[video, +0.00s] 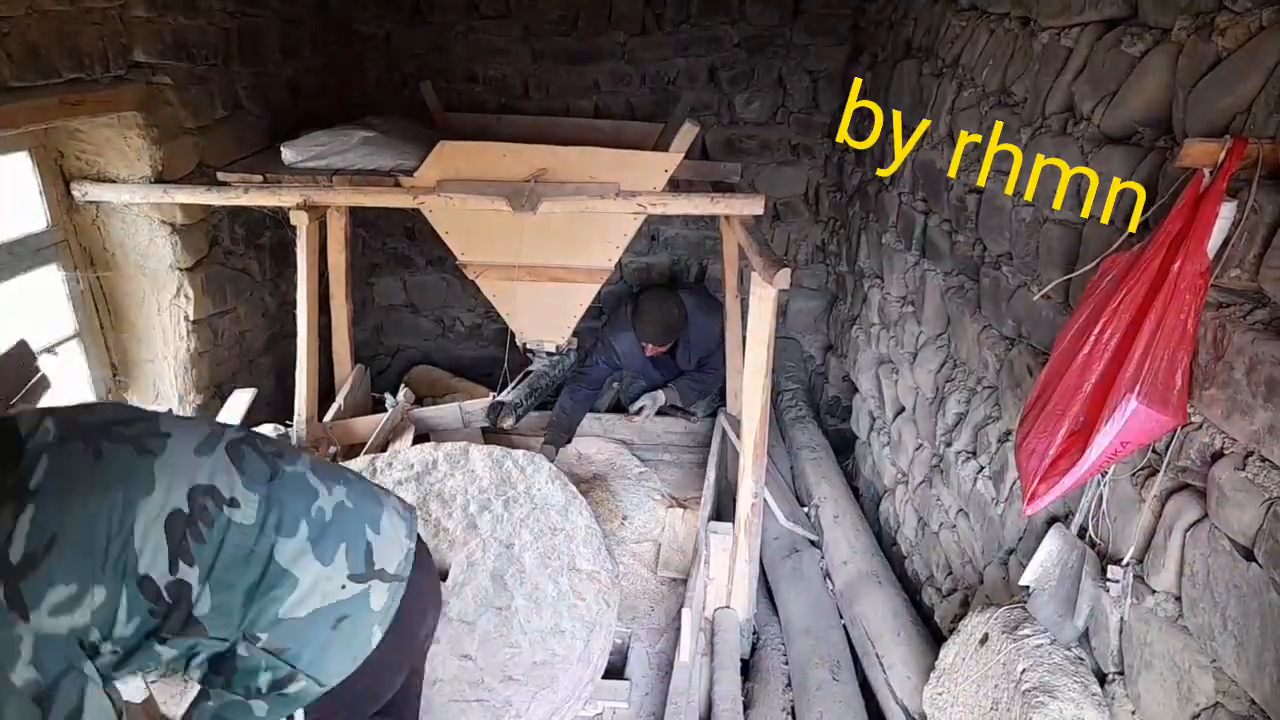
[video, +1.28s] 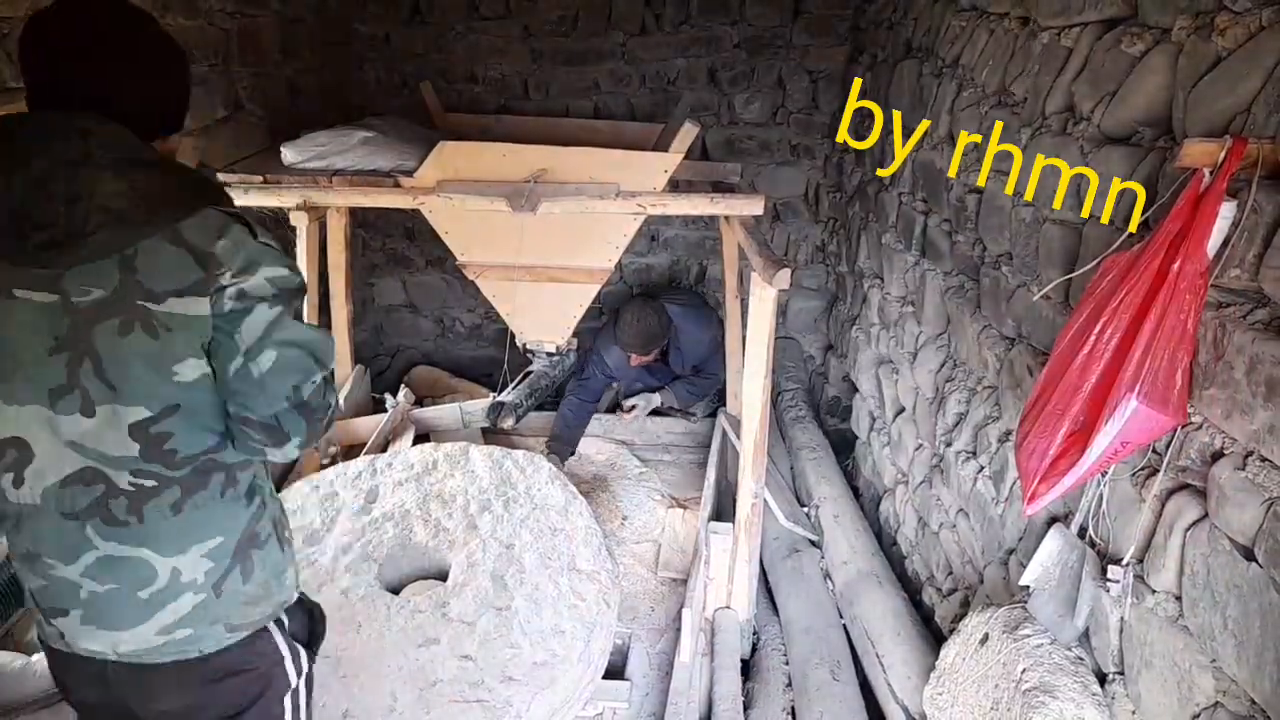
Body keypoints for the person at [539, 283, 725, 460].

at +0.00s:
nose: (648, 350)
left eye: (657, 345)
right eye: (643, 342)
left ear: (676, 336)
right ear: (635, 329)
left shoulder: (710, 327)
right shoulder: (617, 337)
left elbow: (711, 375)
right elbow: (583, 386)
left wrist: (663, 396)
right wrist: (551, 444)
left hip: (690, 366)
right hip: (643, 371)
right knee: (633, 396)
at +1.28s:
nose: (634, 361)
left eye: (643, 356)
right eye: (628, 353)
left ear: (662, 345)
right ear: (621, 341)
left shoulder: (702, 341)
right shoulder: (606, 354)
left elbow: (710, 378)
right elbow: (579, 400)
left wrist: (658, 399)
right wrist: (556, 455)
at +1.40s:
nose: (636, 360)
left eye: (644, 354)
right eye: (630, 352)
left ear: (662, 345)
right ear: (622, 339)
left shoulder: (703, 339)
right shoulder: (608, 352)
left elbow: (710, 379)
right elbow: (576, 394)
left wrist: (658, 398)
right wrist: (557, 443)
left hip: (687, 369)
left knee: (698, 407)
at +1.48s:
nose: (643, 352)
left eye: (653, 345)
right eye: (639, 343)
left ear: (672, 337)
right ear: (631, 331)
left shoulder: (708, 335)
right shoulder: (616, 342)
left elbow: (711, 379)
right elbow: (589, 387)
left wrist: (662, 394)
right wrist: (566, 442)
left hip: (689, 368)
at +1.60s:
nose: (643, 347)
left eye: (653, 341)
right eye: (639, 339)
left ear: (674, 333)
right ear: (632, 327)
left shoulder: (709, 333)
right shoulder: (617, 339)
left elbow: (714, 379)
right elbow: (584, 387)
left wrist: (664, 393)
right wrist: (563, 449)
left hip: (691, 368)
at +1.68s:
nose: (641, 353)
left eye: (649, 348)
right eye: (636, 346)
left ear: (667, 337)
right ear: (625, 328)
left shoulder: (703, 324)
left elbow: (714, 373)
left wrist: (662, 393)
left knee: (702, 406)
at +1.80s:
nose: (686, 302)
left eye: (690, 294)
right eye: (678, 295)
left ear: (697, 281)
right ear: (658, 285)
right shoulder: (628, 289)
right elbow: (638, 348)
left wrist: (725, 353)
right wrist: (657, 393)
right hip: (646, 349)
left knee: (697, 400)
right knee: (632, 405)